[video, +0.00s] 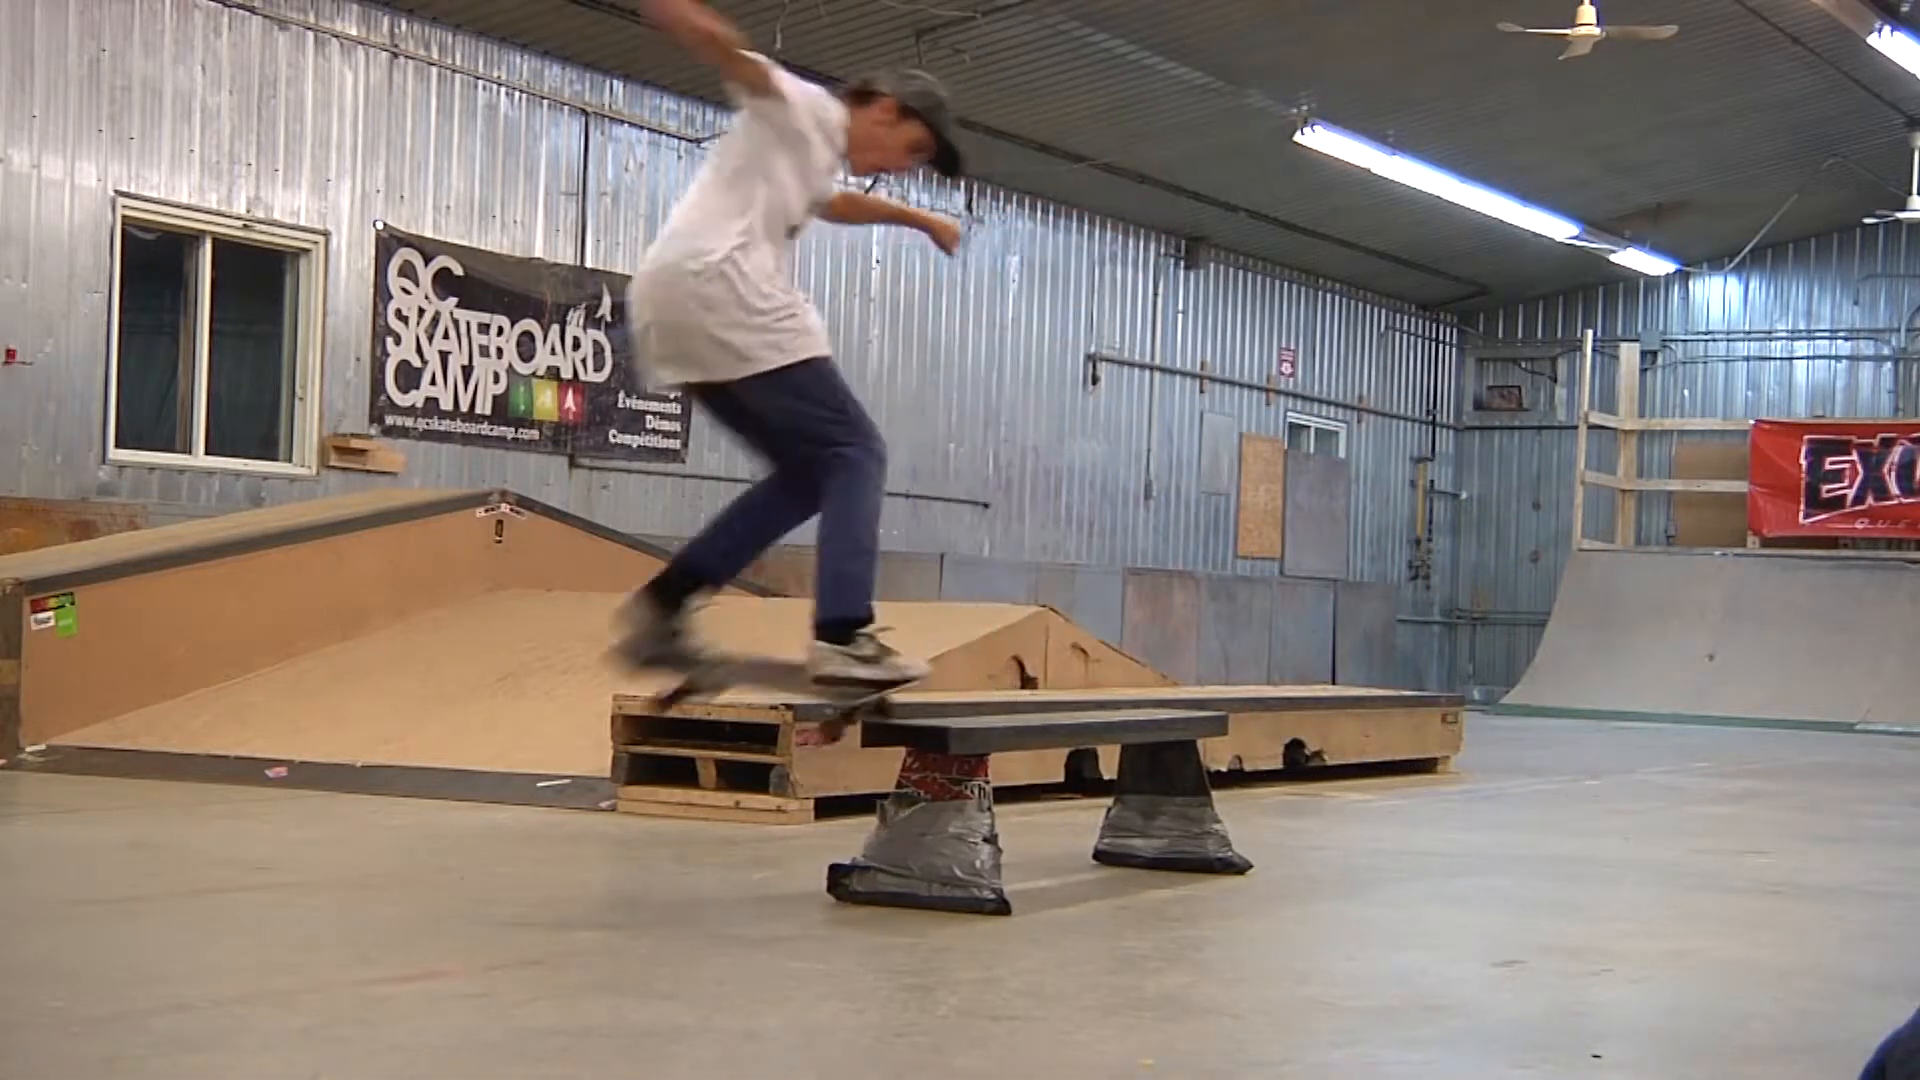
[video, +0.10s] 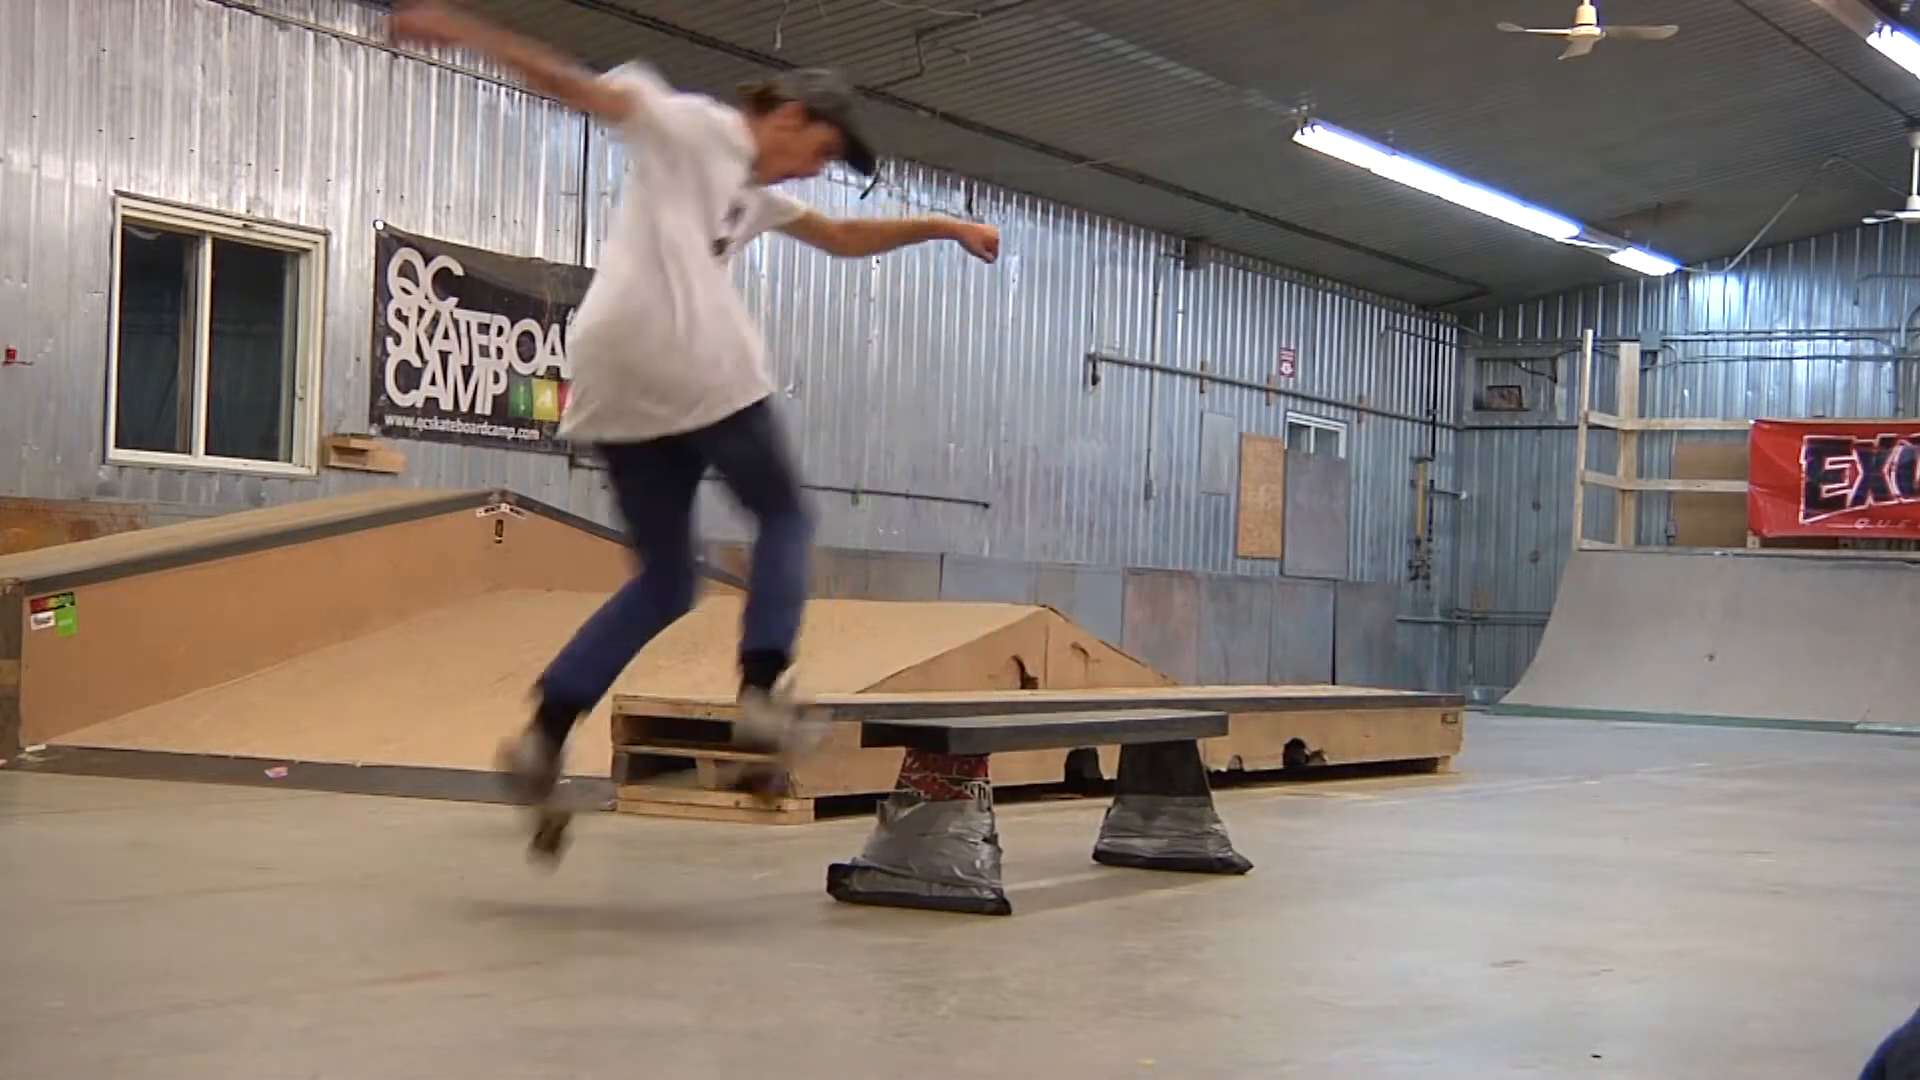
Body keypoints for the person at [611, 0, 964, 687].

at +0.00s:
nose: (902, 167)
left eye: (914, 162)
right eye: (911, 148)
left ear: (884, 122)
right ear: (887, 108)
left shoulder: (817, 165)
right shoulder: (810, 106)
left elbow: (836, 205)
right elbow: (748, 72)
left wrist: (920, 220)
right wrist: (711, 36)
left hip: (674, 303)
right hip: (721, 283)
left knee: (808, 473)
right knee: (855, 450)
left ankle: (660, 609)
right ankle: (843, 637)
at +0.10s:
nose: (812, 174)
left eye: (823, 165)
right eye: (819, 154)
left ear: (798, 135)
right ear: (789, 114)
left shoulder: (756, 198)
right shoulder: (694, 122)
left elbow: (843, 237)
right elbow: (575, 85)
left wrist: (948, 228)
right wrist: (463, 30)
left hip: (616, 372)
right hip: (690, 353)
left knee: (668, 584)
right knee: (783, 515)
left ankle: (545, 731)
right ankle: (763, 693)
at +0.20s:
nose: (731, 210)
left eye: (741, 201)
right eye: (734, 190)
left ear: (709, 173)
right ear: (699, 157)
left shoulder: (677, 248)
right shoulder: (622, 202)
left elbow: (781, 277)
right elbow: (494, 218)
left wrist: (847, 233)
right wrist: (357, 240)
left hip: (531, 471)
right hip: (612, 467)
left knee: (557, 668)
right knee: (660, 651)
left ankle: (465, 821)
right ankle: (685, 833)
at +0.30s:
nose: (661, 248)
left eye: (671, 235)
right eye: (668, 228)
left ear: (635, 196)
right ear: (640, 194)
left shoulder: (575, 256)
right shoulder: (548, 241)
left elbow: (664, 331)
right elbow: (434, 342)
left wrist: (690, 292)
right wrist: (406, 490)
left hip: (428, 500)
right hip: (498, 499)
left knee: (459, 688)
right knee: (573, 645)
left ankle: (375, 843)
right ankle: (589, 839)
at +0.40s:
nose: (581, 242)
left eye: (594, 230)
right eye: (592, 223)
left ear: (546, 181)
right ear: (562, 188)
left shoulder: (426, 200)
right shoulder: (473, 245)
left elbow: (516, 291)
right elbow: (399, 391)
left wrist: (548, 366)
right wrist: (448, 537)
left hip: (288, 455)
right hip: (372, 470)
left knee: (340, 655)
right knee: (472, 630)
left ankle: (280, 839)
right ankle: (501, 836)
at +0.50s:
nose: (496, 218)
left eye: (509, 205)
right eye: (505, 198)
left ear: (446, 149)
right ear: (475, 167)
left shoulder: (328, 166)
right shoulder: (386, 241)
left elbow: (406, 326)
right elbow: (308, 386)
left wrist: (471, 433)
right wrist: (362, 534)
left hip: (183, 430)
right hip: (279, 453)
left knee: (225, 640)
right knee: (361, 626)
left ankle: (183, 845)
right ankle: (401, 838)